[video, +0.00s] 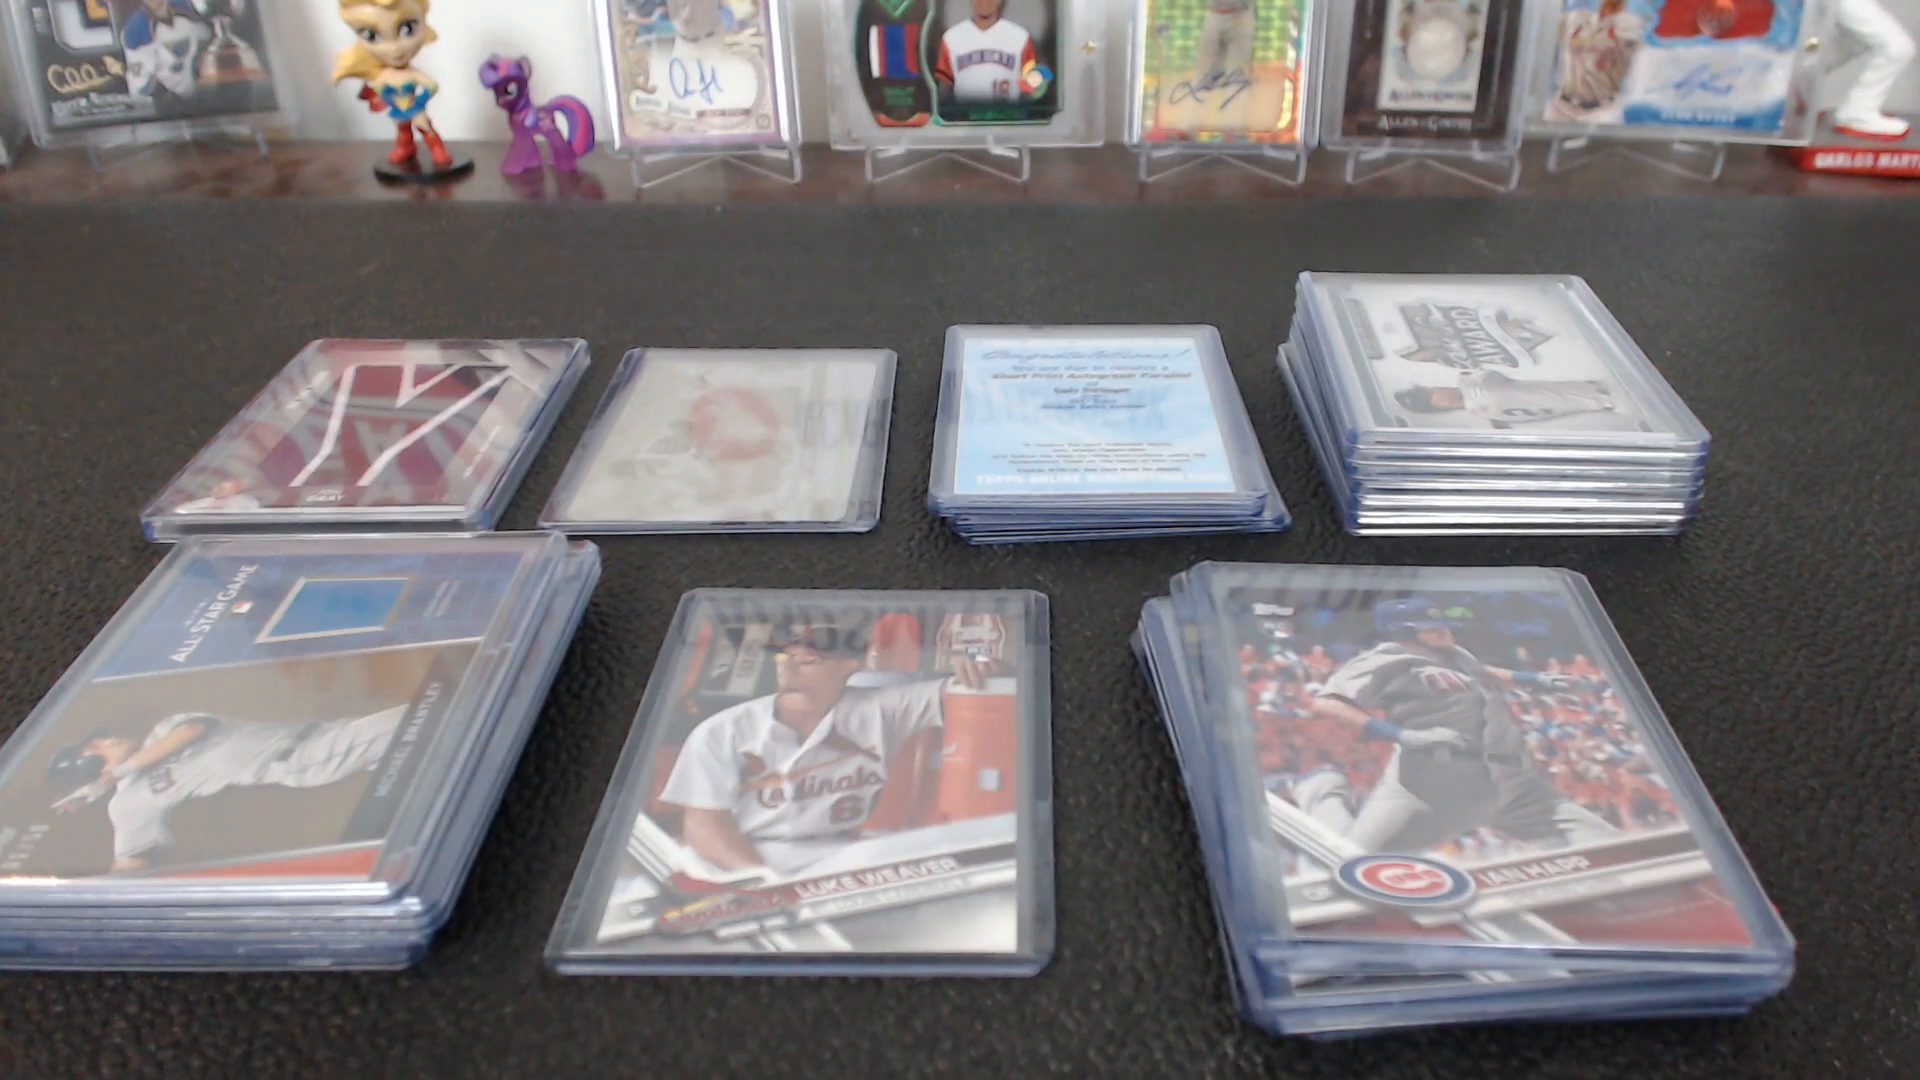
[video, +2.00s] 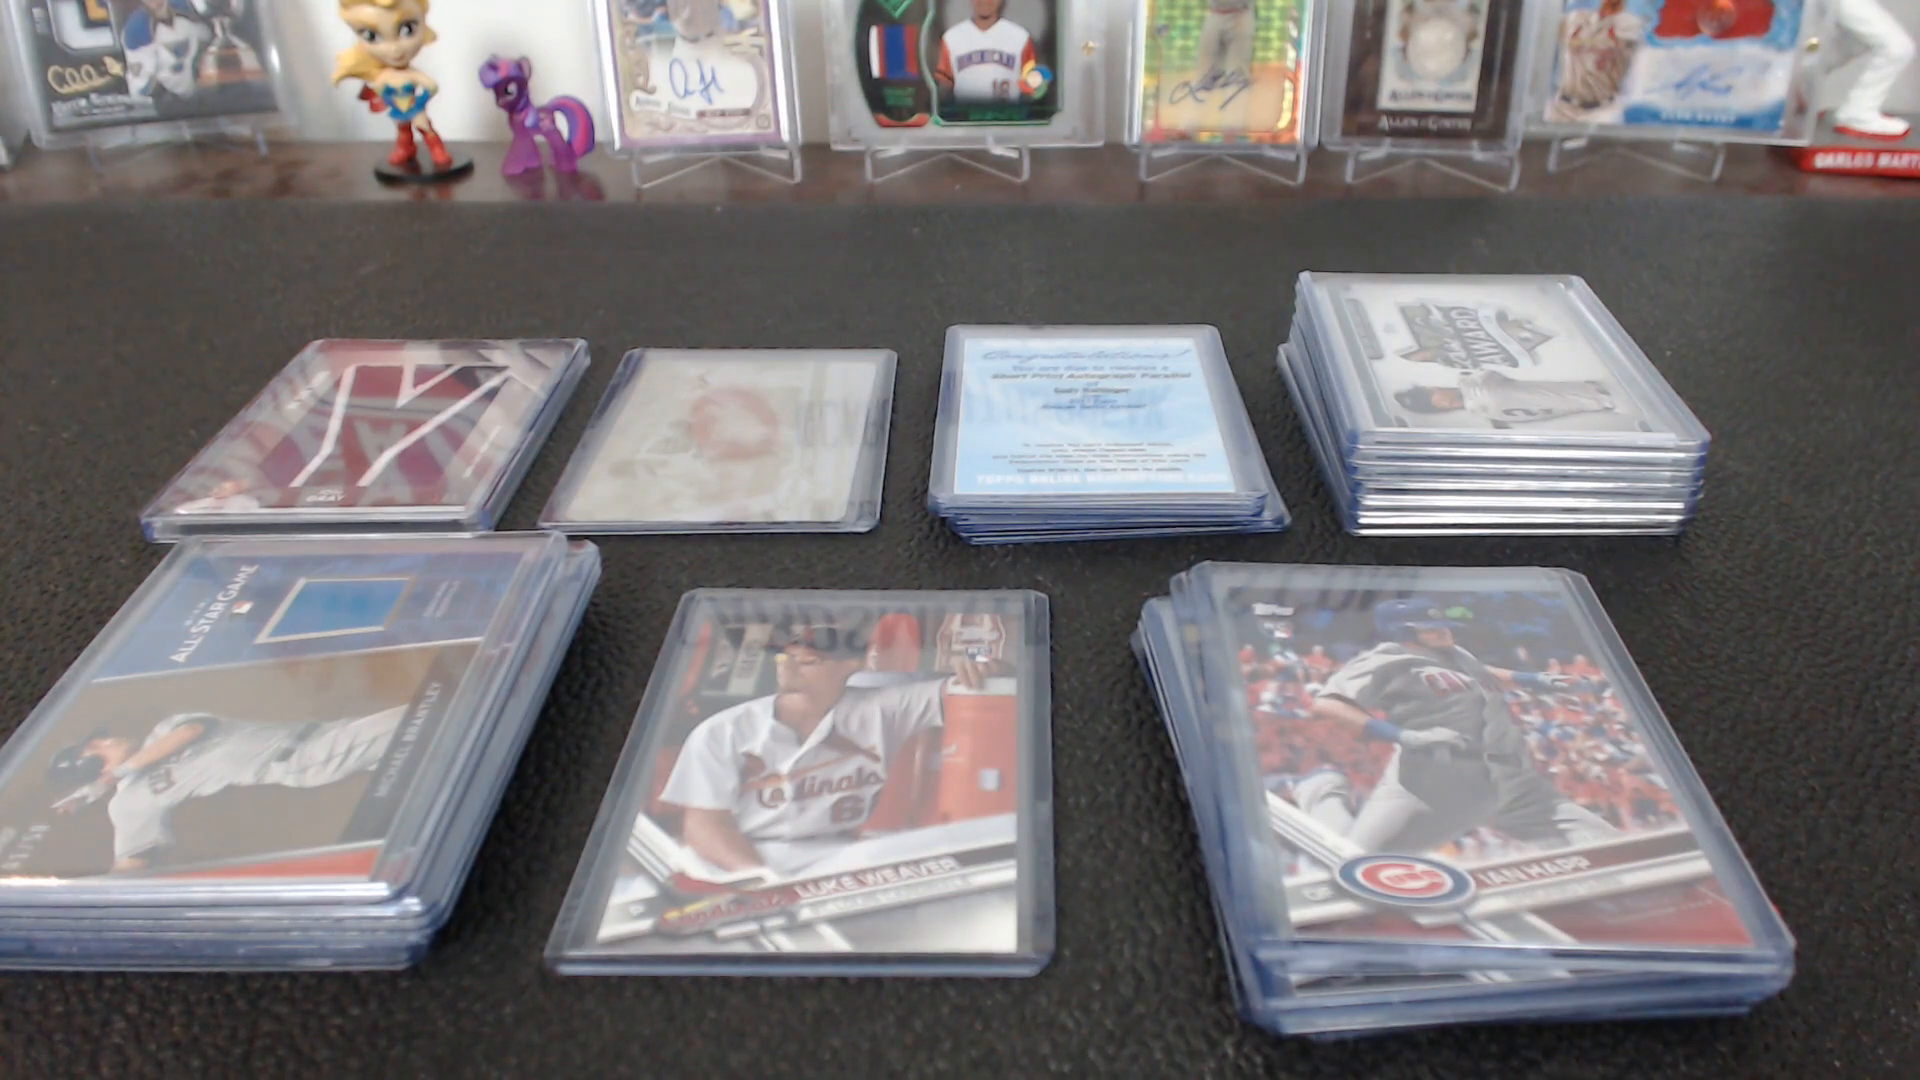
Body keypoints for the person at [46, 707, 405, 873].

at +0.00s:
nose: (110, 740)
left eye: (99, 740)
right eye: (99, 746)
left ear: (106, 742)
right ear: (100, 769)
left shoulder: (162, 728)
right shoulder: (131, 800)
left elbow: (193, 732)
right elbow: (129, 870)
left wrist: (113, 777)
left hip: (312, 731)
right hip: (299, 760)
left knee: (418, 717)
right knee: (415, 717)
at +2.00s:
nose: (108, 740)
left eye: (98, 739)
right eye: (99, 747)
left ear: (106, 741)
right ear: (100, 769)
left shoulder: (160, 727)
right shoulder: (131, 799)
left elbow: (193, 731)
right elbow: (129, 870)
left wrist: (118, 773)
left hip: (310, 731)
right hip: (298, 760)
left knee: (415, 721)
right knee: (413, 717)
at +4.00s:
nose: (111, 741)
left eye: (101, 740)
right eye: (101, 747)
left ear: (108, 741)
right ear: (100, 771)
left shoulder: (161, 728)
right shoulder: (131, 798)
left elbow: (193, 732)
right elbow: (129, 870)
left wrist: (117, 775)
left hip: (312, 733)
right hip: (299, 760)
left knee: (416, 721)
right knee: (414, 717)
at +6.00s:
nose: (112, 741)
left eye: (101, 741)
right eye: (102, 747)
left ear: (107, 742)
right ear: (101, 769)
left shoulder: (162, 728)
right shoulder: (131, 798)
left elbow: (193, 732)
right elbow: (130, 869)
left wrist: (114, 777)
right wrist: (89, 902)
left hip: (314, 732)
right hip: (301, 760)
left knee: (419, 719)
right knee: (417, 717)